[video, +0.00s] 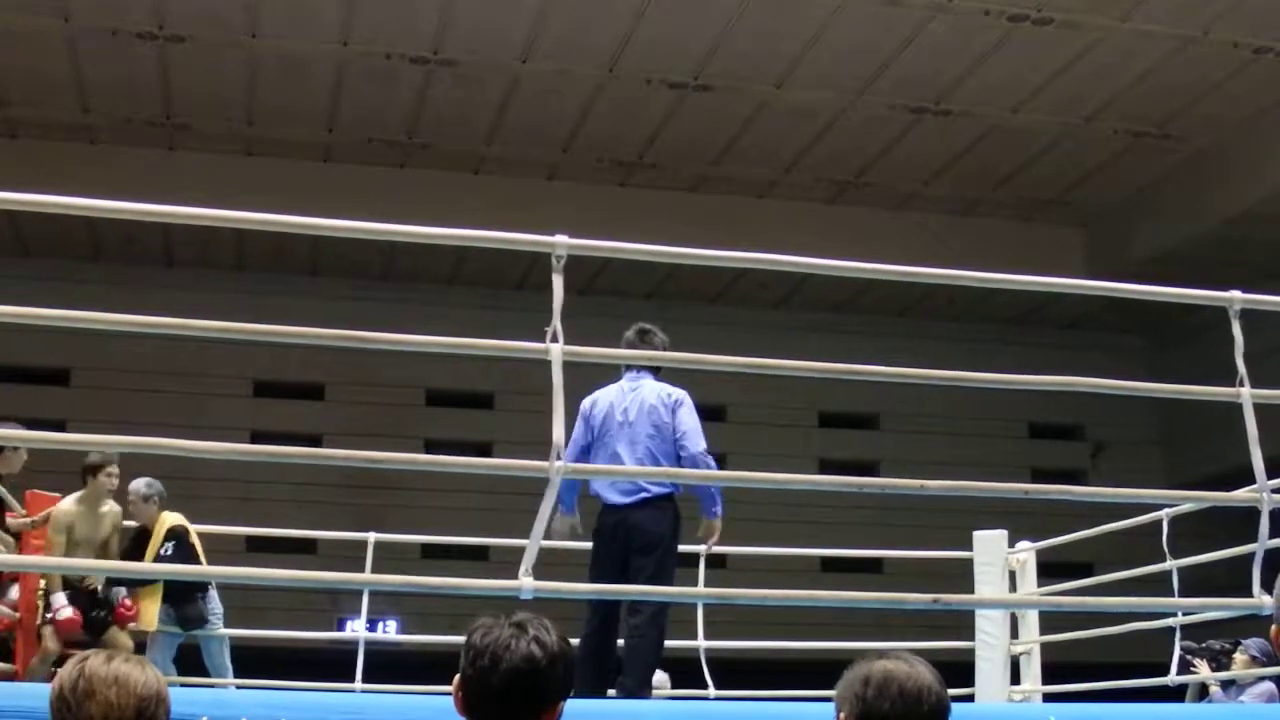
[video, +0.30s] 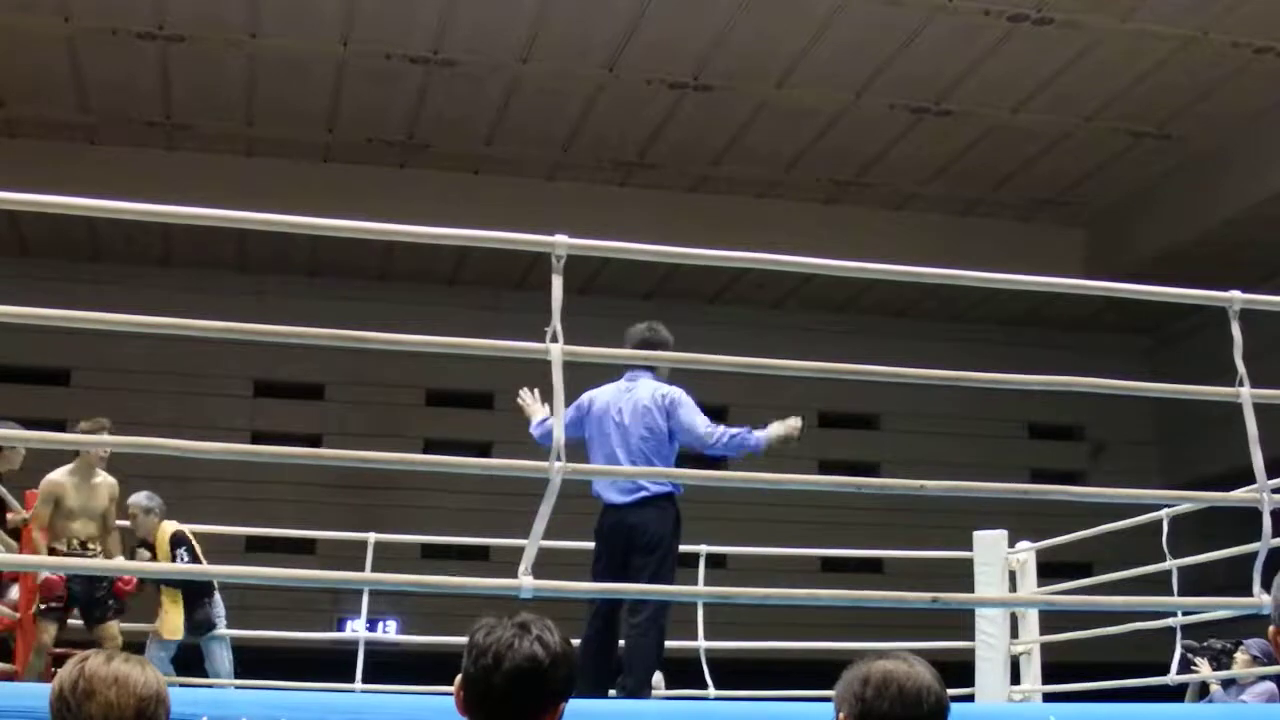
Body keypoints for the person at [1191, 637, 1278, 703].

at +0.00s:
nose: (1233, 656)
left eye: (1241, 652)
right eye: (1236, 652)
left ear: (1257, 662)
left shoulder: (1267, 688)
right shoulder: (1230, 690)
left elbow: (1233, 713)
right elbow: (1200, 712)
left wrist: (1211, 683)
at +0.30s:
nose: (1234, 655)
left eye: (1242, 652)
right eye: (1237, 651)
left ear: (1258, 663)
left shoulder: (1267, 688)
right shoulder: (1229, 688)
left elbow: (1234, 712)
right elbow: (1192, 712)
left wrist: (1211, 682)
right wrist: (1196, 680)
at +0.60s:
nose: (1235, 655)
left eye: (1243, 652)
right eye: (1238, 651)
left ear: (1258, 662)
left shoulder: (1267, 687)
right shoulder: (1229, 689)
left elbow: (1233, 712)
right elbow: (1193, 711)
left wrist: (1212, 680)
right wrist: (1195, 679)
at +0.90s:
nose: (1235, 655)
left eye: (1243, 651)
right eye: (1238, 650)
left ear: (1258, 662)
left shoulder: (1266, 687)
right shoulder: (1230, 689)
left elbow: (1234, 711)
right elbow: (1191, 711)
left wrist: (1212, 680)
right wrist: (1196, 679)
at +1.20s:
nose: (1235, 655)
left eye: (1243, 652)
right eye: (1237, 651)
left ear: (1257, 661)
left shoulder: (1264, 687)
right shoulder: (1231, 689)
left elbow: (1234, 711)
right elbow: (1191, 711)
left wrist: (1211, 680)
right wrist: (1195, 678)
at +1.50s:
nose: (1235, 655)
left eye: (1243, 652)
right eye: (1237, 651)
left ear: (1258, 661)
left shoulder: (1264, 687)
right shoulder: (1231, 689)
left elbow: (1233, 710)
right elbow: (1193, 711)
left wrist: (1211, 680)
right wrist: (1194, 679)